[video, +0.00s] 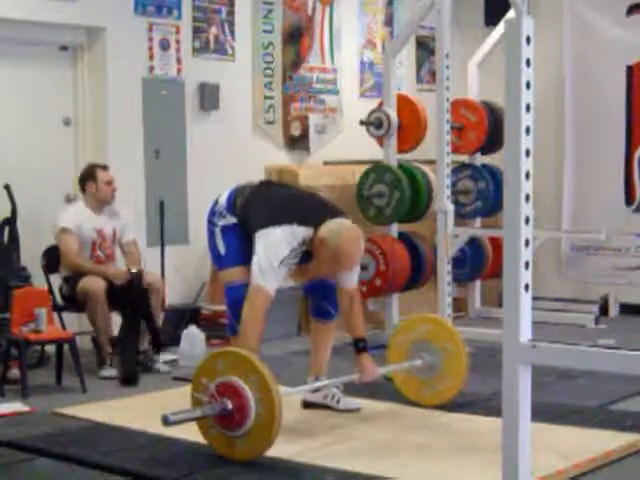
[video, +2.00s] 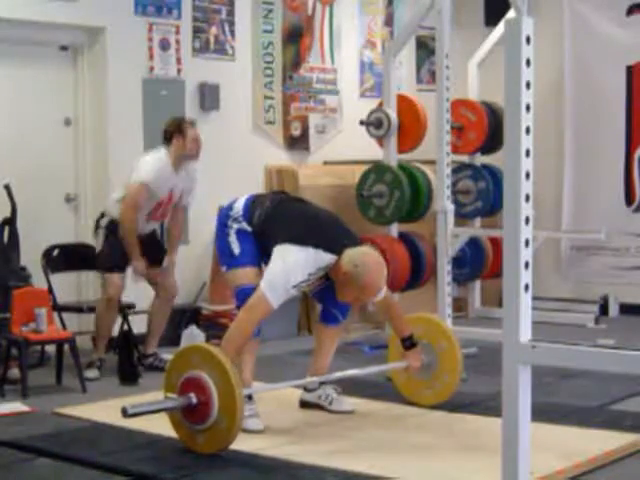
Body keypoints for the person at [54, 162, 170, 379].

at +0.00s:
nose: (114, 188)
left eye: (113, 183)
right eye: (108, 184)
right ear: (90, 188)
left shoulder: (116, 214)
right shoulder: (71, 216)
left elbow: (130, 247)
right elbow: (70, 260)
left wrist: (134, 270)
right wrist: (107, 272)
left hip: (114, 274)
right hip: (80, 277)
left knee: (155, 282)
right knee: (95, 287)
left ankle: (148, 349)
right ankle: (107, 357)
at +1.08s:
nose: (142, 202)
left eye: (142, 197)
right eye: (137, 198)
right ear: (121, 202)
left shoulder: (140, 220)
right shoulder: (93, 220)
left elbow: (146, 258)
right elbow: (78, 266)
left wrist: (142, 272)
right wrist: (119, 283)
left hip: (120, 277)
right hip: (87, 278)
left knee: (161, 287)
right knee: (96, 292)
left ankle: (150, 352)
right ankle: (97, 358)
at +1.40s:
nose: (160, 230)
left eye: (160, 225)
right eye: (156, 226)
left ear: (142, 227)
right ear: (140, 227)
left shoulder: (154, 239)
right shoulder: (106, 235)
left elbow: (152, 263)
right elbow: (76, 267)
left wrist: (146, 275)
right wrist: (114, 284)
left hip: (124, 280)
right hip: (91, 280)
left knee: (166, 289)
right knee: (94, 295)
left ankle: (150, 352)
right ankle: (96, 358)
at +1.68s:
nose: (181, 211)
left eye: (181, 206)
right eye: (177, 206)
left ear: (161, 209)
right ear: (159, 209)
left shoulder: (171, 226)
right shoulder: (128, 223)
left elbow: (164, 256)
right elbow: (103, 262)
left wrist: (153, 281)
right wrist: (124, 291)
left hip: (138, 266)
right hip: (107, 266)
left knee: (171, 290)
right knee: (101, 297)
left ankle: (150, 352)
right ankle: (97, 359)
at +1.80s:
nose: (188, 187)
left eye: (188, 180)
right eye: (184, 181)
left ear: (170, 183)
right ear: (167, 182)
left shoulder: (178, 205)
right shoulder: (133, 204)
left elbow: (168, 245)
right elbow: (110, 248)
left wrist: (160, 278)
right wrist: (125, 290)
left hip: (139, 253)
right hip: (106, 251)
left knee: (173, 291)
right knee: (105, 297)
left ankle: (150, 352)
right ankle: (97, 358)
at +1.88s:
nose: (191, 169)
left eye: (191, 163)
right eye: (187, 164)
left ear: (175, 166)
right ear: (170, 167)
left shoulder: (183, 192)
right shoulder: (142, 188)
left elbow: (171, 239)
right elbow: (118, 232)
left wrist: (161, 275)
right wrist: (125, 279)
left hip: (142, 245)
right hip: (109, 241)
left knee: (170, 289)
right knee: (108, 294)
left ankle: (151, 352)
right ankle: (98, 357)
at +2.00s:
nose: (199, 145)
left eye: (199, 140)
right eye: (194, 140)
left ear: (184, 141)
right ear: (177, 140)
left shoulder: (188, 172)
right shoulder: (152, 166)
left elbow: (178, 215)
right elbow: (127, 212)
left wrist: (171, 255)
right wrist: (136, 258)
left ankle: (150, 352)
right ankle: (98, 356)